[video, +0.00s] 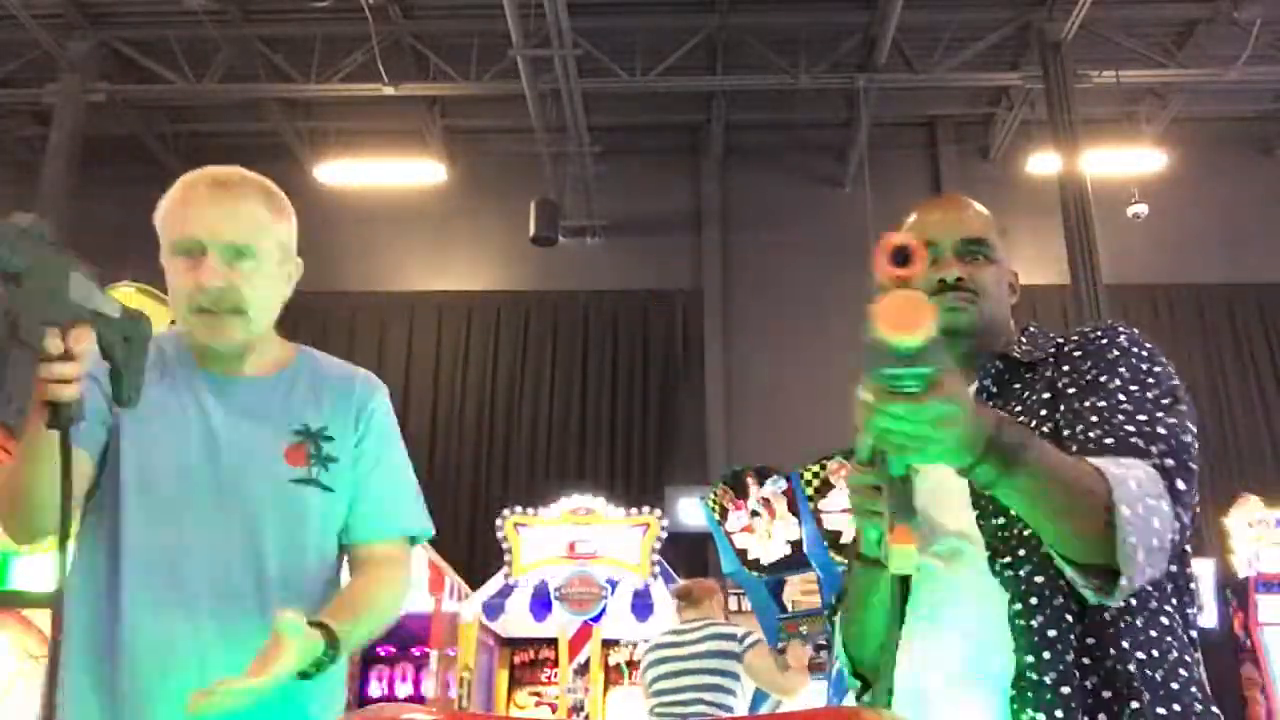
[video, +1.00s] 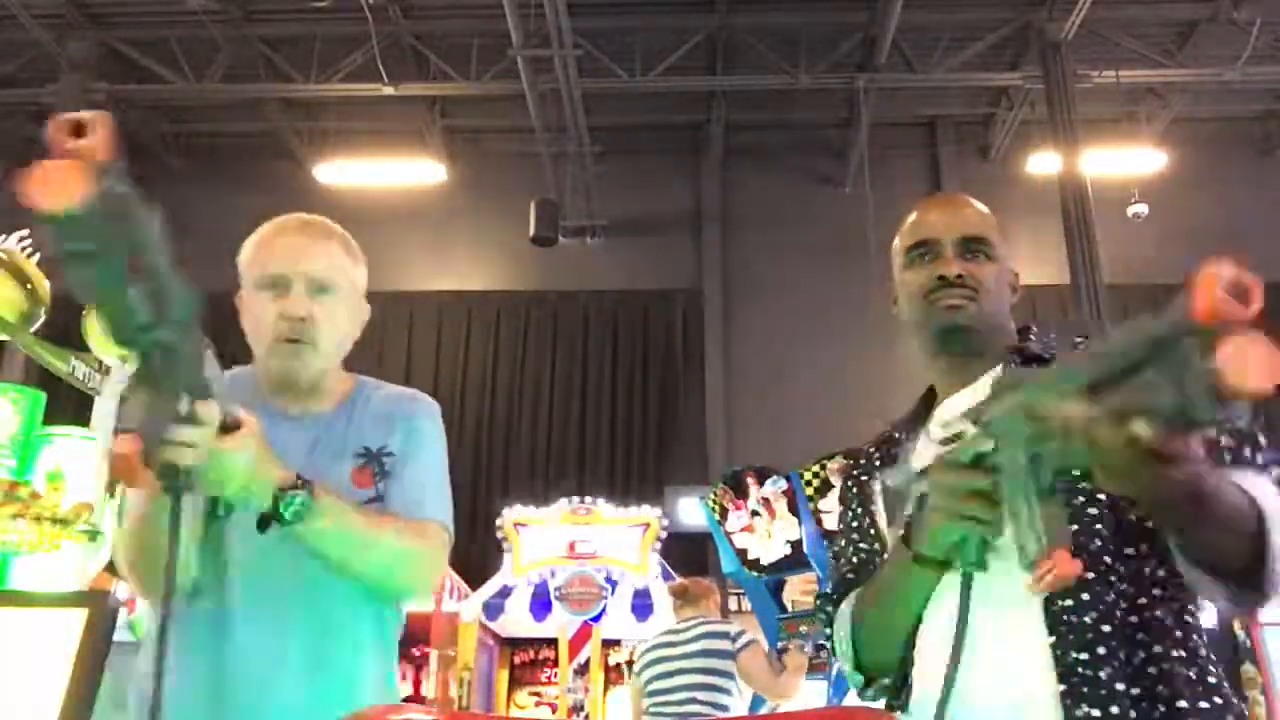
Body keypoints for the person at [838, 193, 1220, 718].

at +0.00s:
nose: (949, 271)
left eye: (973, 253)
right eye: (925, 257)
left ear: (1011, 282)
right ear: (899, 289)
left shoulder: (1105, 357)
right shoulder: (902, 421)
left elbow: (1138, 541)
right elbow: (871, 666)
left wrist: (985, 443)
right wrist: (874, 536)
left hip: (1122, 699)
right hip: (956, 704)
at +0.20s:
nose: (968, 266)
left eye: (993, 248)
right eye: (940, 249)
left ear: (1026, 278)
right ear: (907, 283)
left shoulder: (1116, 355)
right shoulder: (901, 424)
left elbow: (1124, 532)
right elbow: (874, 666)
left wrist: (950, 448)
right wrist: (872, 533)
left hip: (1103, 701)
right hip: (938, 705)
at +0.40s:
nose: (945, 266)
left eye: (969, 244)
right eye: (917, 250)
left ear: (1009, 262)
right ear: (891, 290)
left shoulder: (1113, 348)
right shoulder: (908, 425)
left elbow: (1250, 546)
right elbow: (873, 651)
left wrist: (1094, 539)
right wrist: (894, 527)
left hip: (1140, 701)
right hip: (956, 707)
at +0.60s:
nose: (953, 275)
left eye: (975, 257)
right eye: (924, 261)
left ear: (1008, 288)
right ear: (893, 302)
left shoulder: (1140, 418)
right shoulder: (859, 479)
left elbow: (1257, 571)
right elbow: (856, 653)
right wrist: (911, 533)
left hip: (1141, 707)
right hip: (950, 710)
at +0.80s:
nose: (955, 271)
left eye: (979, 254)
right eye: (927, 256)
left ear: (1013, 288)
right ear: (892, 298)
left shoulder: (1128, 384)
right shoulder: (874, 461)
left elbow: (1247, 569)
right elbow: (868, 664)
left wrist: (1249, 656)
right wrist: (843, 546)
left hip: (1144, 709)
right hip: (955, 713)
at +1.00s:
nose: (949, 269)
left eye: (974, 251)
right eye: (922, 256)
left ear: (1013, 283)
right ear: (896, 299)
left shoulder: (1113, 402)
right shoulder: (872, 474)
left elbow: (1260, 562)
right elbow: (856, 662)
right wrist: (921, 555)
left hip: (1130, 703)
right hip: (953, 709)